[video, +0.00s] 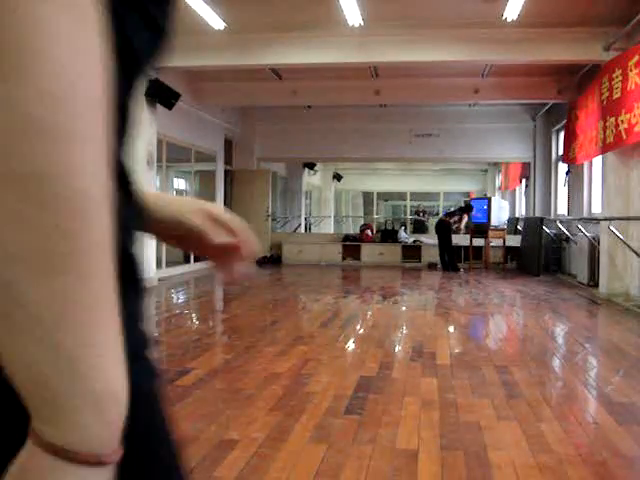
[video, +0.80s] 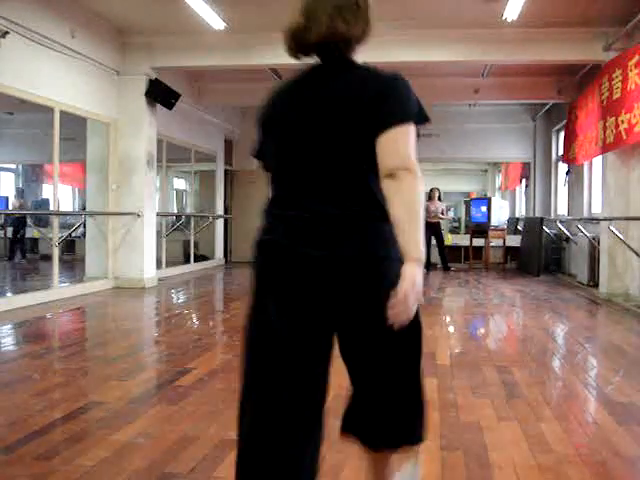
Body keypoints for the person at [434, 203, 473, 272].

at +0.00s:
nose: (470, 213)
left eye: (470, 211)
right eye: (470, 211)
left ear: (465, 207)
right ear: (469, 210)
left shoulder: (458, 211)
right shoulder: (464, 215)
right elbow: (461, 227)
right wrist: (461, 233)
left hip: (439, 223)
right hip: (446, 225)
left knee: (442, 248)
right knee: (449, 247)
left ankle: (445, 267)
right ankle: (453, 266)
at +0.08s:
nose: (466, 207)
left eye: (466, 205)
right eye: (466, 205)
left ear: (459, 202)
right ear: (464, 204)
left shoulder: (453, 208)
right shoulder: (460, 210)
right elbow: (455, 220)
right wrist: (456, 229)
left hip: (438, 223)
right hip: (444, 224)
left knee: (442, 247)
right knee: (448, 246)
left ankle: (445, 267)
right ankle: (454, 266)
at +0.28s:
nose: (459, 198)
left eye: (459, 196)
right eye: (458, 196)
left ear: (453, 197)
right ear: (455, 197)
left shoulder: (452, 204)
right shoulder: (451, 204)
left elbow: (446, 215)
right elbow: (444, 215)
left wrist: (452, 220)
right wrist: (452, 221)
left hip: (442, 224)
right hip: (441, 225)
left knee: (444, 245)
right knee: (444, 245)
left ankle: (445, 265)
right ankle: (445, 266)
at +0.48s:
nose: (454, 196)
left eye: (454, 194)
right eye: (452, 194)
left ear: (454, 196)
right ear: (449, 195)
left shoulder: (452, 205)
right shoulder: (445, 203)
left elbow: (448, 214)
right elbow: (438, 214)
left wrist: (451, 218)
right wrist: (448, 218)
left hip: (445, 223)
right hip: (440, 223)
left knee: (444, 245)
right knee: (440, 245)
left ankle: (445, 264)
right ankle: (434, 264)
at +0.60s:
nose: (447, 195)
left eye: (448, 193)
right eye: (445, 193)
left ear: (450, 195)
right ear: (442, 194)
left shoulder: (450, 205)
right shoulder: (440, 203)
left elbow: (450, 214)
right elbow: (433, 212)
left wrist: (450, 217)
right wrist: (443, 216)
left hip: (444, 222)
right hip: (437, 222)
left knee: (444, 244)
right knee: (434, 243)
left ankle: (445, 264)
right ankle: (429, 262)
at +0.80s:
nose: (435, 194)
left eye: (436, 192)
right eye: (433, 192)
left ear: (439, 194)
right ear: (430, 194)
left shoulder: (441, 205)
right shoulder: (427, 204)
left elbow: (445, 216)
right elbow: (425, 215)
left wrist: (440, 216)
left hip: (437, 223)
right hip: (428, 223)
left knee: (441, 245)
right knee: (427, 246)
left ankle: (445, 266)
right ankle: (427, 266)